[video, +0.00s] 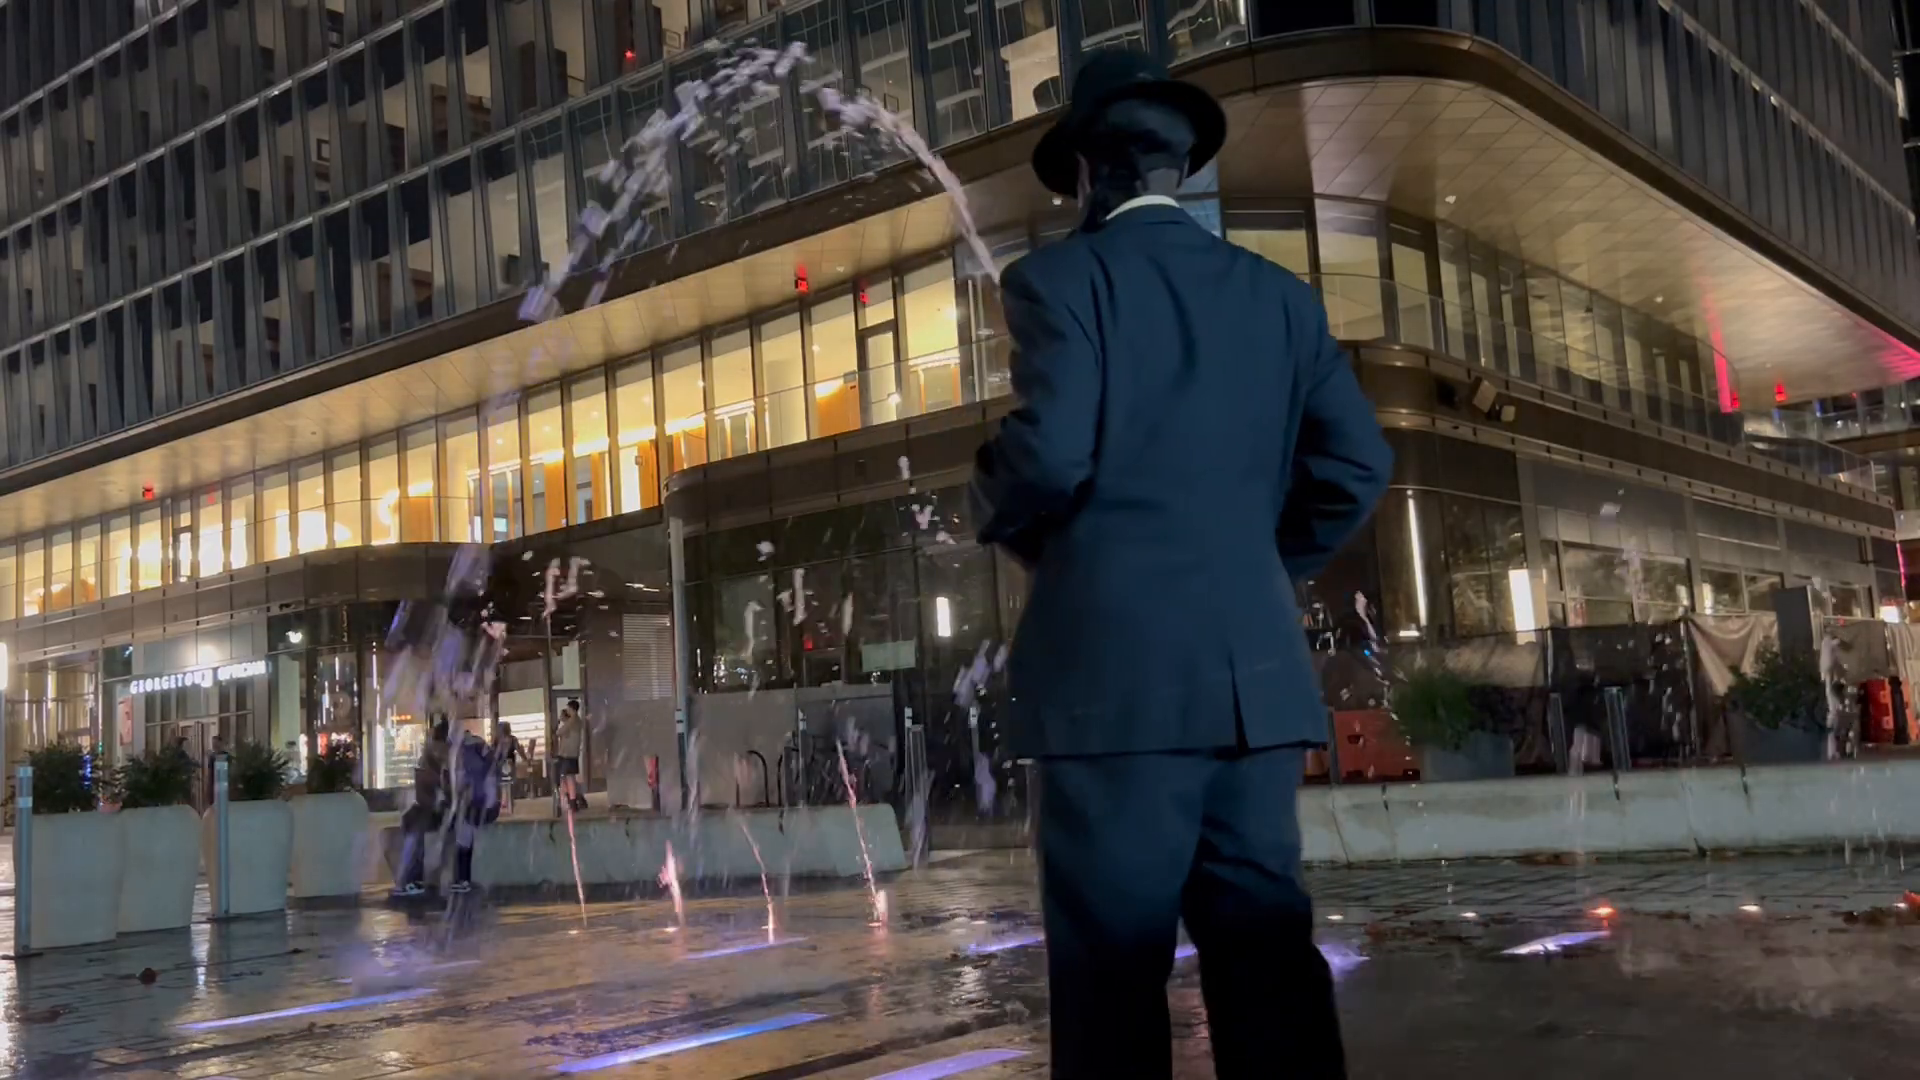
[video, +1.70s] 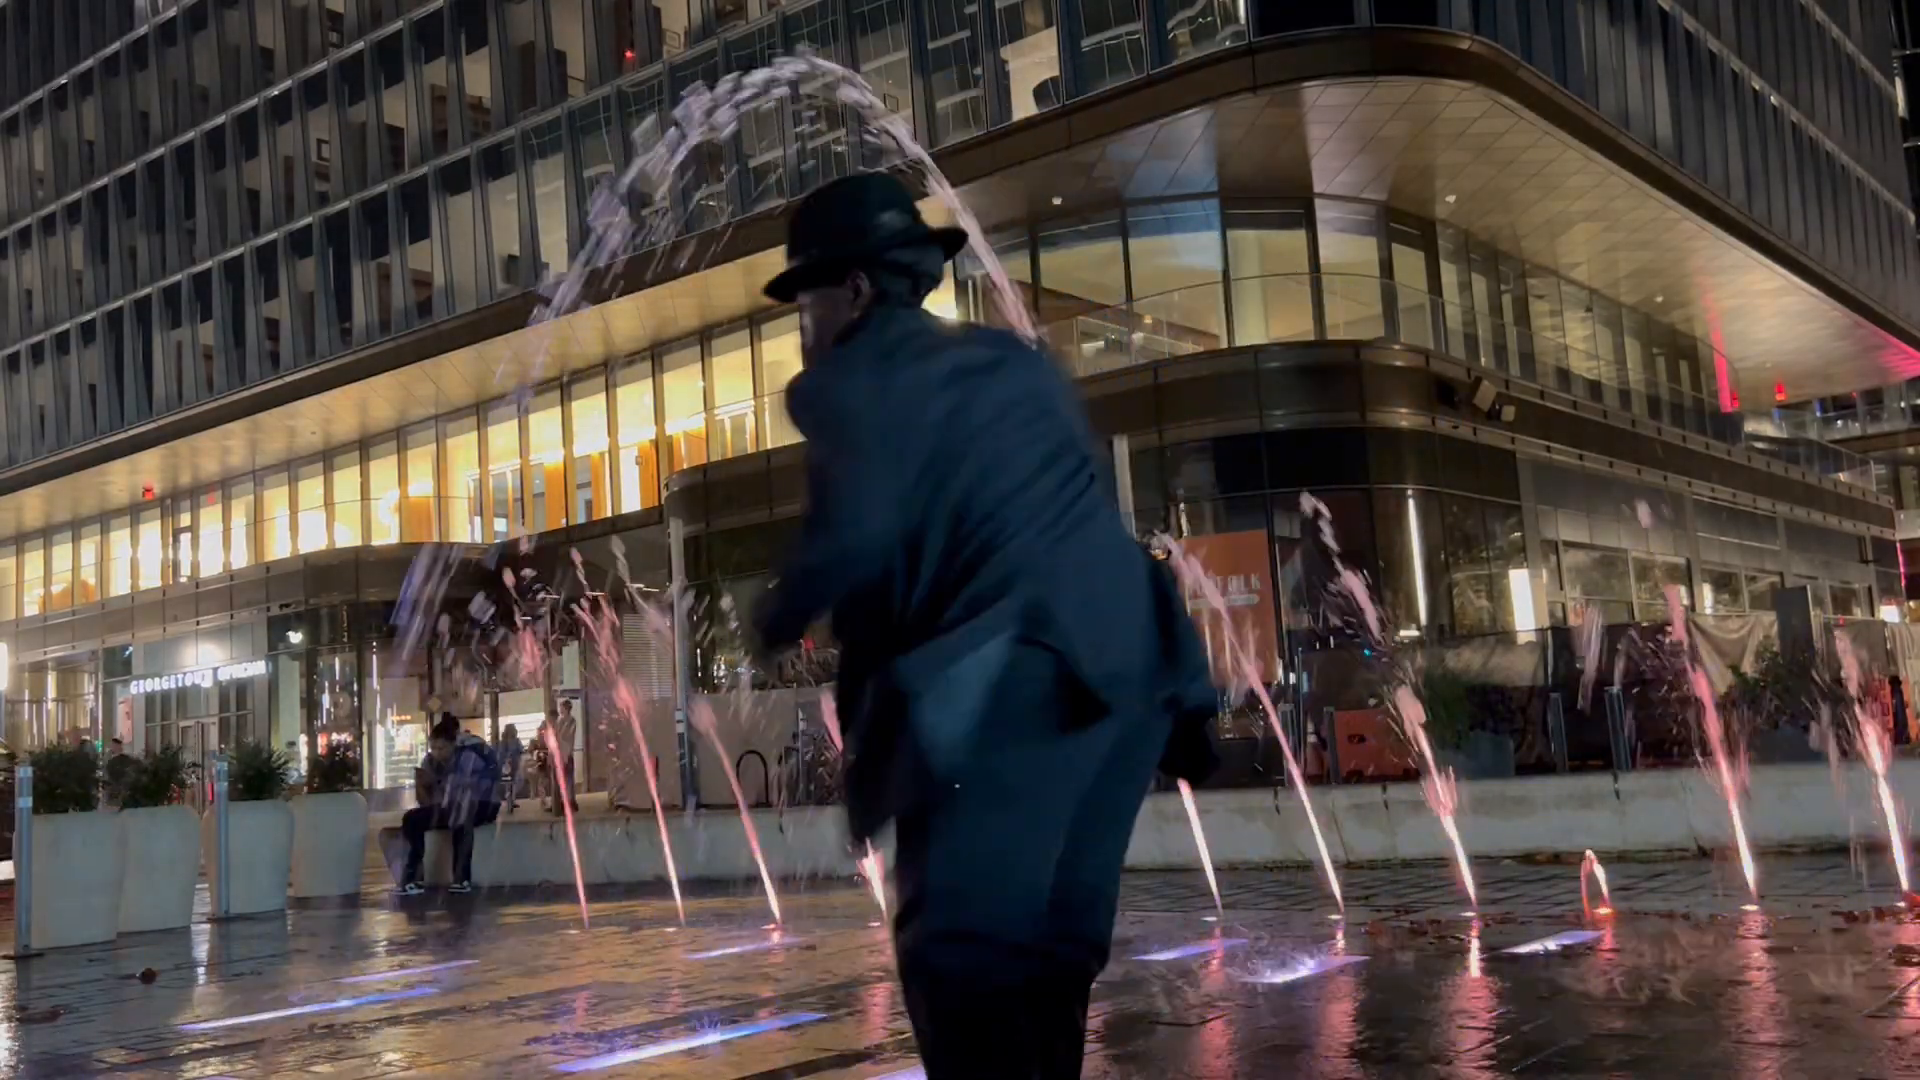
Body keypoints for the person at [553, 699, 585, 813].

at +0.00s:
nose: (567, 711)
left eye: (568, 709)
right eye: (567, 709)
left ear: (570, 709)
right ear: (577, 709)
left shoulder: (570, 722)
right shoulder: (579, 721)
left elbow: (559, 732)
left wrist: (560, 722)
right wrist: (565, 720)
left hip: (567, 753)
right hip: (573, 753)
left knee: (567, 777)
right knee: (570, 777)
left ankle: (572, 801)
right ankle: (573, 799)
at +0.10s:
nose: (567, 710)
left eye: (568, 708)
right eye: (568, 708)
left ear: (571, 708)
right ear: (576, 708)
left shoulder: (572, 721)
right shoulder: (578, 721)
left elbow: (561, 732)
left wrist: (557, 733)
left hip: (567, 753)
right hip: (573, 752)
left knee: (569, 778)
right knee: (570, 778)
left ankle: (572, 801)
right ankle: (577, 798)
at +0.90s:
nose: (560, 710)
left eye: (561, 708)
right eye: (561, 708)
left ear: (563, 708)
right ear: (569, 708)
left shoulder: (560, 720)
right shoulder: (572, 720)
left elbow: (552, 733)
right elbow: (571, 734)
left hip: (560, 753)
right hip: (568, 752)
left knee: (563, 779)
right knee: (570, 779)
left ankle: (564, 801)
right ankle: (572, 800)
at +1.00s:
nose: (558, 710)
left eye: (559, 708)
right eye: (559, 708)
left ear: (561, 708)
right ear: (568, 708)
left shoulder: (559, 721)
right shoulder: (571, 720)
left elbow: (551, 733)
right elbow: (568, 736)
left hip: (558, 754)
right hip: (568, 753)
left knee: (556, 781)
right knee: (570, 780)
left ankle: (556, 805)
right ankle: (572, 801)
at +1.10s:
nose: (558, 710)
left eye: (558, 708)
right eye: (558, 708)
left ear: (561, 708)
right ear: (567, 708)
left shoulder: (559, 720)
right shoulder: (570, 720)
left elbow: (552, 731)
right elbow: (570, 736)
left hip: (560, 754)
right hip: (568, 753)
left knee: (559, 779)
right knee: (570, 780)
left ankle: (558, 803)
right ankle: (571, 801)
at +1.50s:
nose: (558, 710)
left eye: (560, 708)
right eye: (558, 708)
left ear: (562, 708)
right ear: (567, 708)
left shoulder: (560, 720)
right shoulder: (570, 719)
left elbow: (556, 734)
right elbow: (571, 735)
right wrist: (570, 748)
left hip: (561, 752)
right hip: (568, 752)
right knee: (570, 778)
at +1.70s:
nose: (560, 710)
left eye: (563, 708)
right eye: (560, 707)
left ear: (568, 708)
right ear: (559, 708)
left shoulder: (571, 721)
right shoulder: (558, 720)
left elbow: (569, 739)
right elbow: (554, 736)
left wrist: (567, 754)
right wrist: (551, 753)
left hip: (567, 754)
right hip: (556, 753)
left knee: (568, 779)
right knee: (555, 780)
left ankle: (571, 802)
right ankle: (555, 803)